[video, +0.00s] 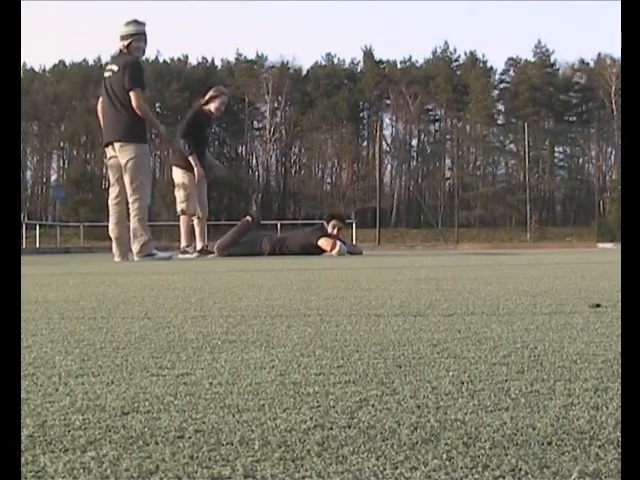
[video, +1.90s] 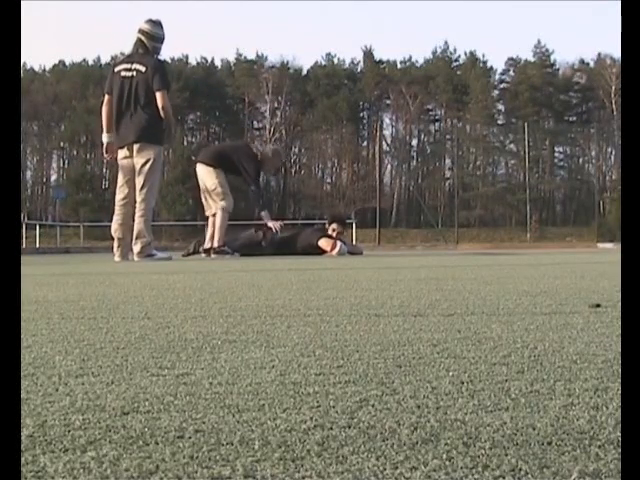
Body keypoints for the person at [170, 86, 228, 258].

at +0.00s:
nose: (221, 108)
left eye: (224, 105)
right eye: (220, 103)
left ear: (222, 105)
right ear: (210, 100)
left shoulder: (207, 119)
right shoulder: (196, 114)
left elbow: (200, 148)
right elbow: (183, 141)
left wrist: (214, 164)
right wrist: (196, 165)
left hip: (198, 167)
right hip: (183, 165)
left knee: (201, 211)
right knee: (186, 208)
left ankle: (201, 245)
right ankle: (184, 246)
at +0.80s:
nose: (229, 115)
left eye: (232, 112)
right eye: (229, 110)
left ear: (226, 107)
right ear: (222, 104)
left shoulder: (212, 118)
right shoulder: (204, 115)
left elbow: (202, 146)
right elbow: (197, 144)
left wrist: (208, 168)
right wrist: (211, 168)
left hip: (199, 166)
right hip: (186, 164)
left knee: (200, 207)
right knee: (185, 206)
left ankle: (201, 245)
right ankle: (184, 246)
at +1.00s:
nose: (236, 124)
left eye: (239, 121)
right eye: (237, 119)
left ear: (233, 116)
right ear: (230, 113)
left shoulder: (220, 127)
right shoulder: (213, 124)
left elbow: (210, 157)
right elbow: (211, 156)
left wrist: (210, 175)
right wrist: (231, 180)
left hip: (200, 170)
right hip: (187, 167)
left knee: (208, 208)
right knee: (187, 208)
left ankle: (206, 245)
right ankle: (184, 246)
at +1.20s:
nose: (249, 138)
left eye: (252, 135)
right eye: (250, 133)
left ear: (243, 128)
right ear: (242, 126)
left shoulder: (230, 139)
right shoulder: (225, 136)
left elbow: (233, 169)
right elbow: (226, 170)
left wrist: (247, 188)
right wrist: (245, 192)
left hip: (202, 171)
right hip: (189, 168)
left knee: (209, 209)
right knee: (192, 209)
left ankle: (207, 246)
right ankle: (184, 247)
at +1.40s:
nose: (253, 144)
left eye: (257, 143)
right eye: (254, 138)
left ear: (257, 145)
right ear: (249, 131)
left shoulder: (237, 144)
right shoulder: (233, 143)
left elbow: (241, 175)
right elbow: (239, 178)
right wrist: (255, 201)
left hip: (205, 168)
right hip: (194, 165)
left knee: (214, 208)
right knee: (204, 205)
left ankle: (207, 246)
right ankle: (185, 240)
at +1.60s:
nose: (261, 151)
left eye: (264, 151)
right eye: (262, 146)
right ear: (255, 139)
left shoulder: (244, 151)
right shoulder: (239, 148)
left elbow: (247, 180)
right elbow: (244, 181)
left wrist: (258, 206)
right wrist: (258, 208)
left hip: (208, 166)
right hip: (199, 163)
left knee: (216, 206)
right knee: (211, 203)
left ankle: (209, 243)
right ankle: (200, 240)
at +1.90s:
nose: (275, 171)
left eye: (277, 168)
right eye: (275, 167)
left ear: (267, 156)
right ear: (269, 159)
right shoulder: (251, 159)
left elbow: (255, 192)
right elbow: (255, 191)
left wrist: (265, 219)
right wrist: (268, 220)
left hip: (203, 163)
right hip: (211, 165)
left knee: (213, 209)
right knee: (224, 205)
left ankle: (207, 246)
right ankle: (218, 246)